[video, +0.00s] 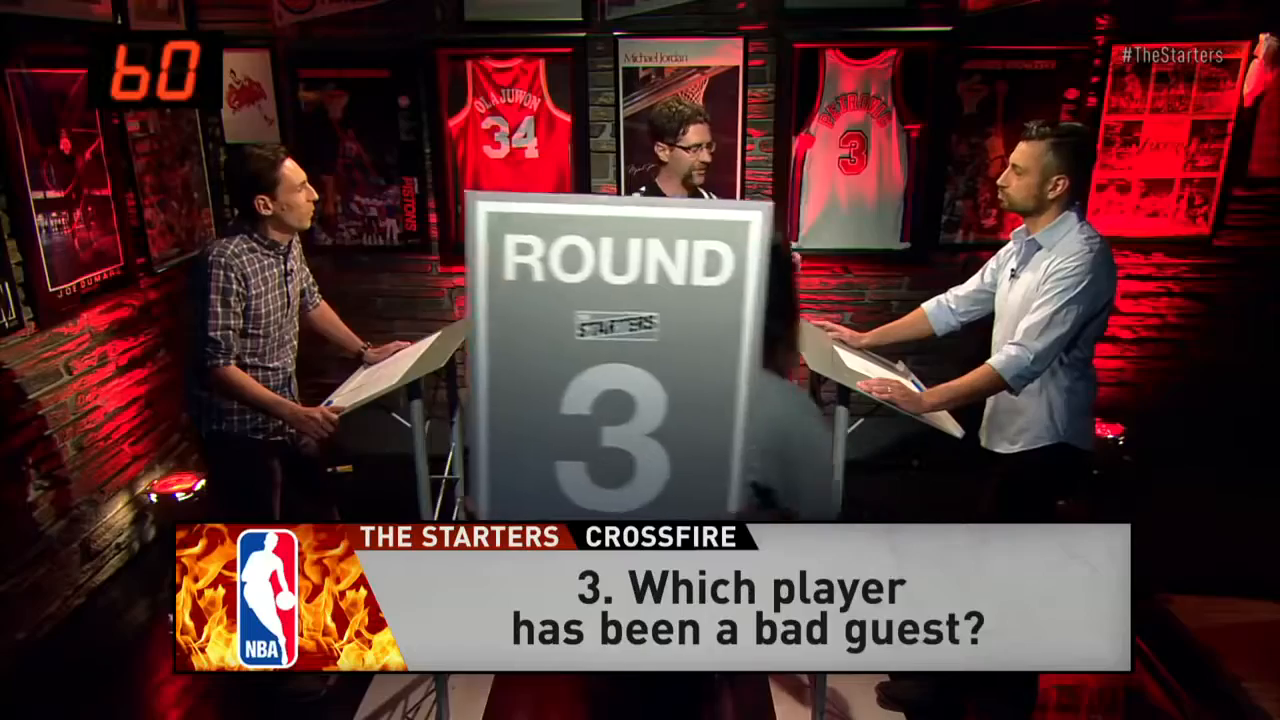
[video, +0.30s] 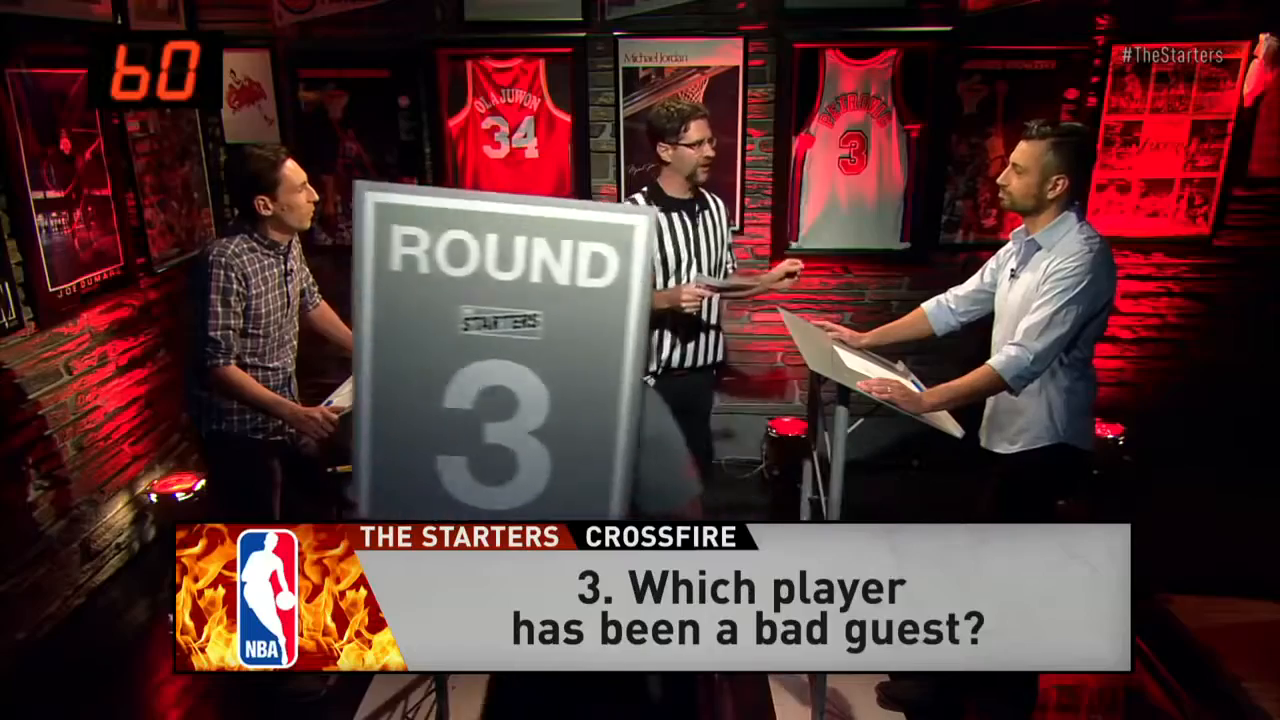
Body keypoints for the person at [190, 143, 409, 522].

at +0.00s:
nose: (314, 196)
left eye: (308, 185)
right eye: (300, 189)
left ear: (269, 205)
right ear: (266, 205)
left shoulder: (289, 247)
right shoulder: (226, 261)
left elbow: (312, 304)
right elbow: (218, 367)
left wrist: (364, 351)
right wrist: (293, 413)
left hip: (286, 425)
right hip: (240, 435)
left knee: (305, 525)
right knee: (252, 537)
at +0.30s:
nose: (314, 196)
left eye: (308, 185)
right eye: (301, 189)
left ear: (270, 205)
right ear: (266, 205)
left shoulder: (289, 246)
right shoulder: (227, 261)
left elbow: (312, 304)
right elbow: (218, 367)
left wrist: (364, 350)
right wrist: (293, 413)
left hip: (285, 425)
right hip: (241, 435)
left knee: (298, 527)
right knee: (253, 538)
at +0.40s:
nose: (310, 198)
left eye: (307, 187)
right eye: (301, 190)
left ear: (272, 205)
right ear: (266, 205)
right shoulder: (227, 260)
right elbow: (217, 366)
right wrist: (294, 413)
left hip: (283, 428)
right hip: (240, 435)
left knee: (293, 530)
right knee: (252, 538)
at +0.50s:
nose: (306, 204)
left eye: (307, 192)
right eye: (296, 194)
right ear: (262, 198)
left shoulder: (296, 251)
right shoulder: (231, 256)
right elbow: (219, 364)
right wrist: (284, 406)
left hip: (287, 428)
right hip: (242, 435)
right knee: (246, 533)